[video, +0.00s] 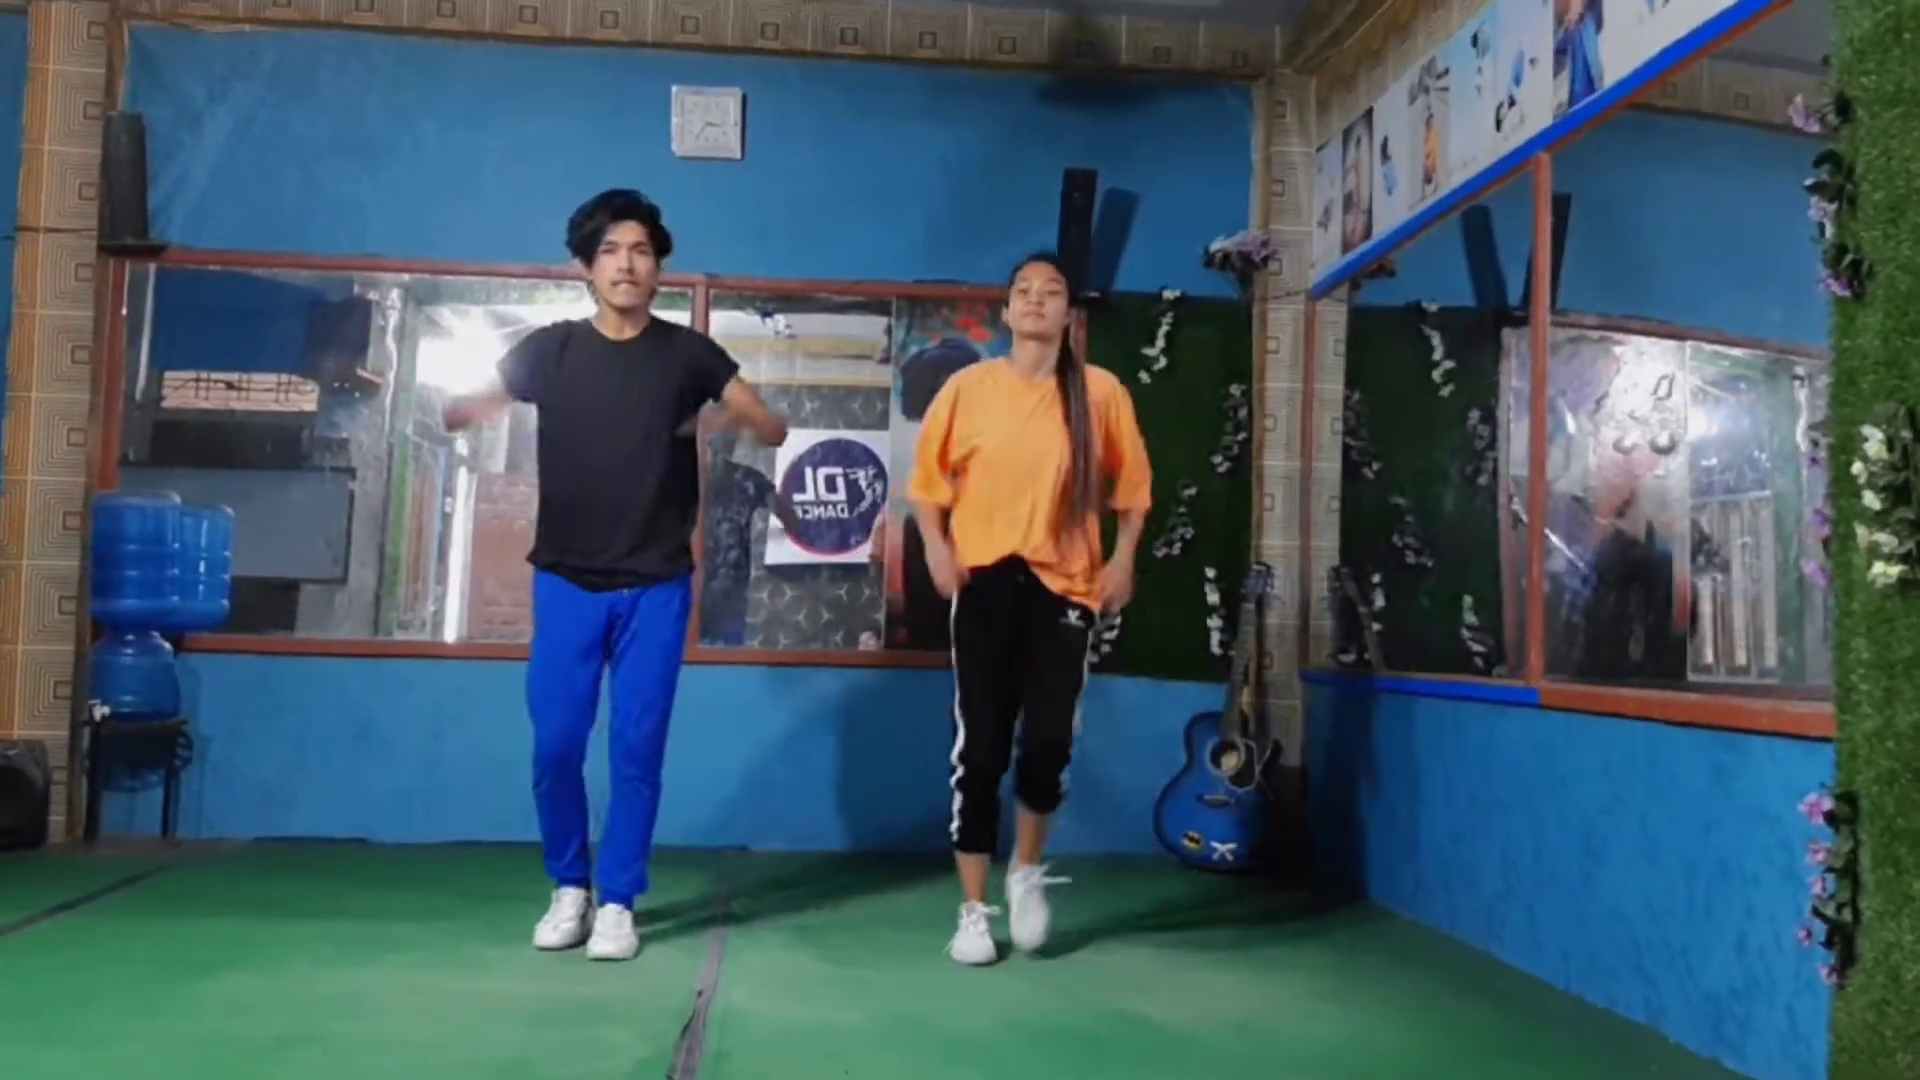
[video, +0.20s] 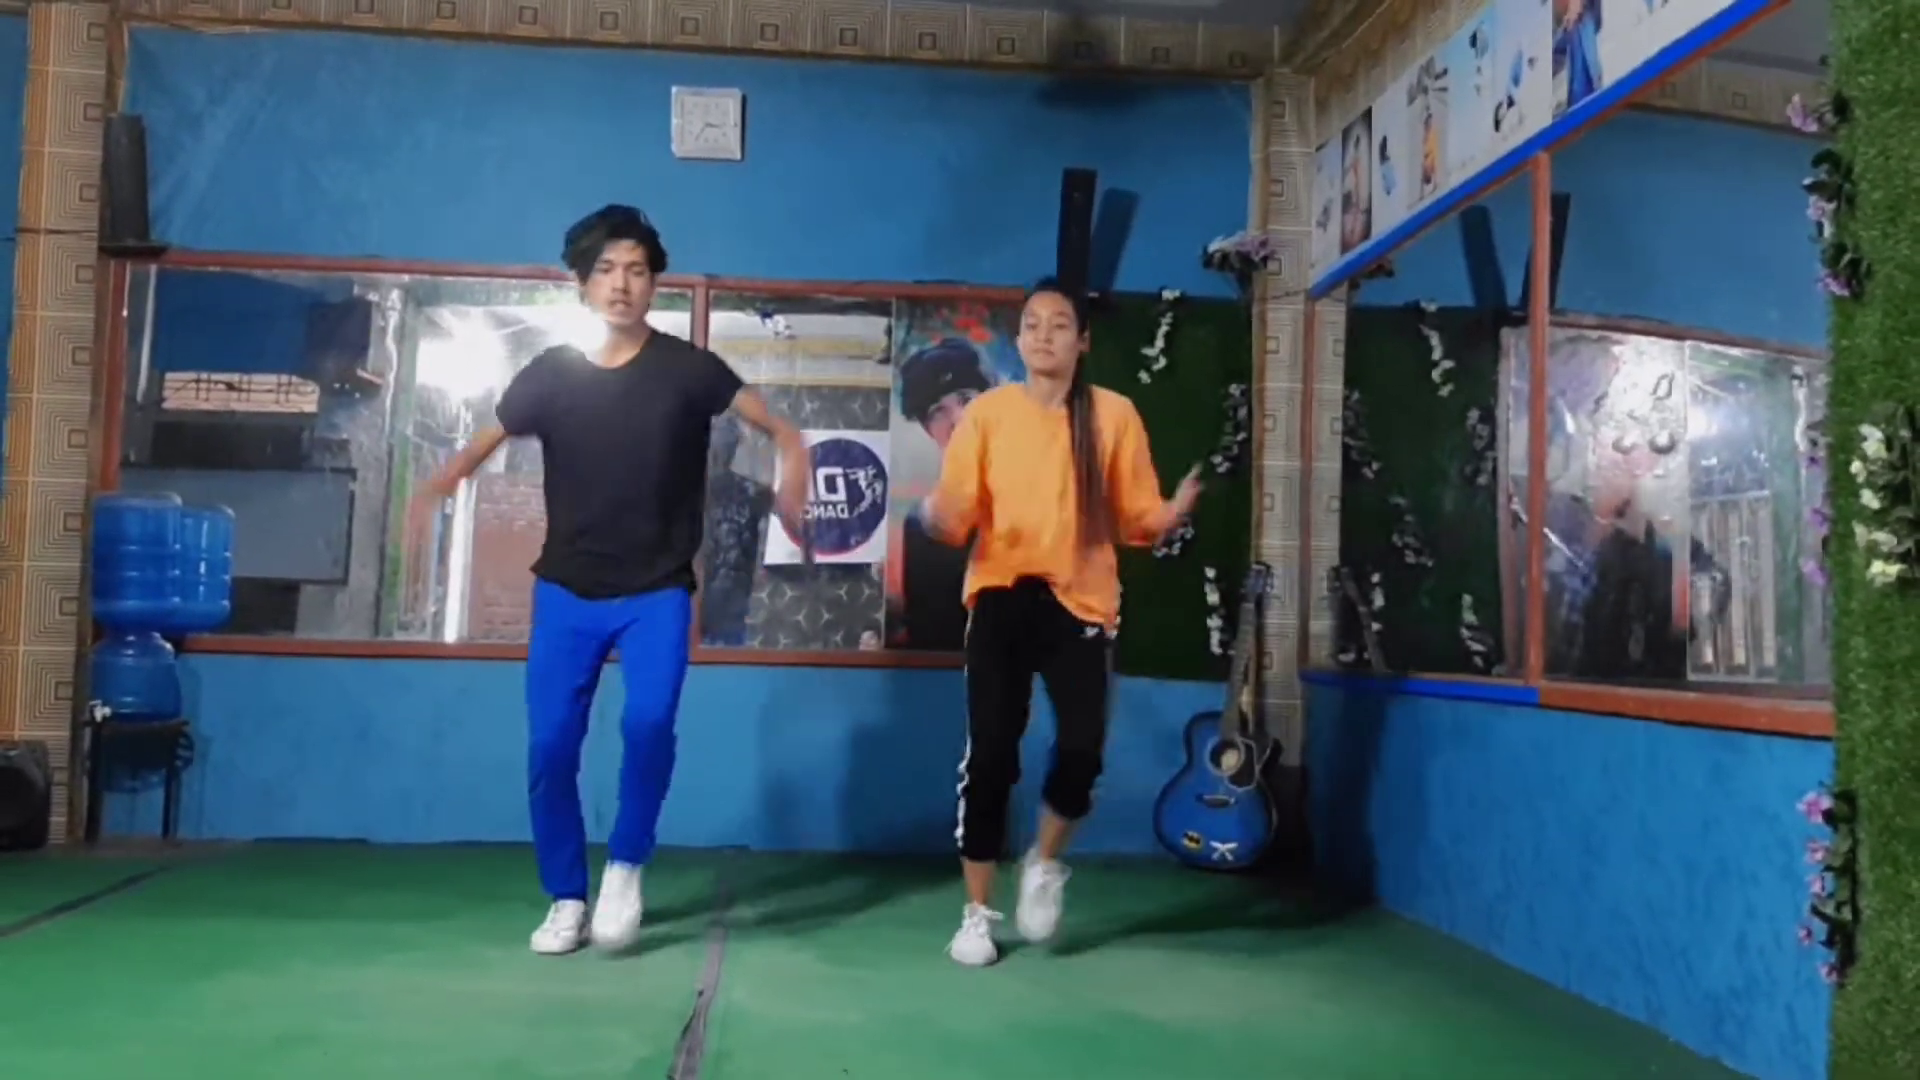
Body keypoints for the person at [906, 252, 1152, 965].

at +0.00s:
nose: (1035, 303)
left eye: (1050, 294)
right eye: (1025, 293)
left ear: (1071, 314)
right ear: (1006, 310)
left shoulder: (1101, 393)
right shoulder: (967, 387)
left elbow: (1133, 487)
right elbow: (924, 482)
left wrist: (1122, 560)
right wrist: (938, 548)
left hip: (1063, 585)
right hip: (982, 580)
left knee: (1048, 744)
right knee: (979, 749)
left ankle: (1027, 870)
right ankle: (974, 908)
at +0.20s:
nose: (1043, 335)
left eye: (1057, 325)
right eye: (1033, 325)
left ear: (1081, 340)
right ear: (1017, 338)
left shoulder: (1113, 415)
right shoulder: (987, 413)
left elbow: (1135, 520)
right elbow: (957, 518)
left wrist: (1171, 513)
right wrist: (937, 514)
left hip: (1081, 597)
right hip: (1001, 592)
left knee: (1082, 750)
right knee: (990, 750)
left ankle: (1045, 863)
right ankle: (977, 909)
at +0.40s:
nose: (1089, 351)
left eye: (1102, 338)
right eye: (1076, 340)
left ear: (1127, 344)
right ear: (1062, 350)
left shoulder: (1156, 429)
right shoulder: (1032, 413)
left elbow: (1179, 549)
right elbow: (979, 501)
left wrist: (1246, 604)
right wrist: (919, 504)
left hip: (1114, 608)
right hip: (1030, 604)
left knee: (1143, 761)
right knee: (982, 743)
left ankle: (1158, 903)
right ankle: (974, 923)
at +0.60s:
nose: (1102, 336)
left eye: (1114, 322)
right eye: (1089, 325)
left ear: (1137, 331)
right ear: (1074, 337)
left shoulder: (1170, 410)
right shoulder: (1043, 394)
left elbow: (1233, 506)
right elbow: (969, 464)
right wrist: (962, 429)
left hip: (1123, 597)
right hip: (1040, 588)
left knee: (1145, 759)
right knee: (976, 691)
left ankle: (1155, 900)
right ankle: (1002, 846)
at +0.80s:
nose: (1084, 323)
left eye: (1097, 311)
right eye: (1071, 312)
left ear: (1119, 323)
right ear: (1055, 324)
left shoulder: (1147, 391)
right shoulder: (1029, 401)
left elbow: (1165, 486)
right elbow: (989, 508)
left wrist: (1114, 447)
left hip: (1106, 582)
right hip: (1029, 578)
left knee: (1075, 746)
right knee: (1019, 743)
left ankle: (1070, 890)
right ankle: (1018, 899)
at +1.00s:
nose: (1039, 356)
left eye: (1053, 347)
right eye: (1029, 346)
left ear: (1078, 362)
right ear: (1016, 361)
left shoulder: (1102, 411)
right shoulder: (1000, 434)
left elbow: (1123, 525)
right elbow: (973, 525)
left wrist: (1148, 626)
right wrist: (940, 453)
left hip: (1102, 603)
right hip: (1023, 607)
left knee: (1131, 743)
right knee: (996, 754)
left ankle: (1121, 850)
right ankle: (1018, 900)